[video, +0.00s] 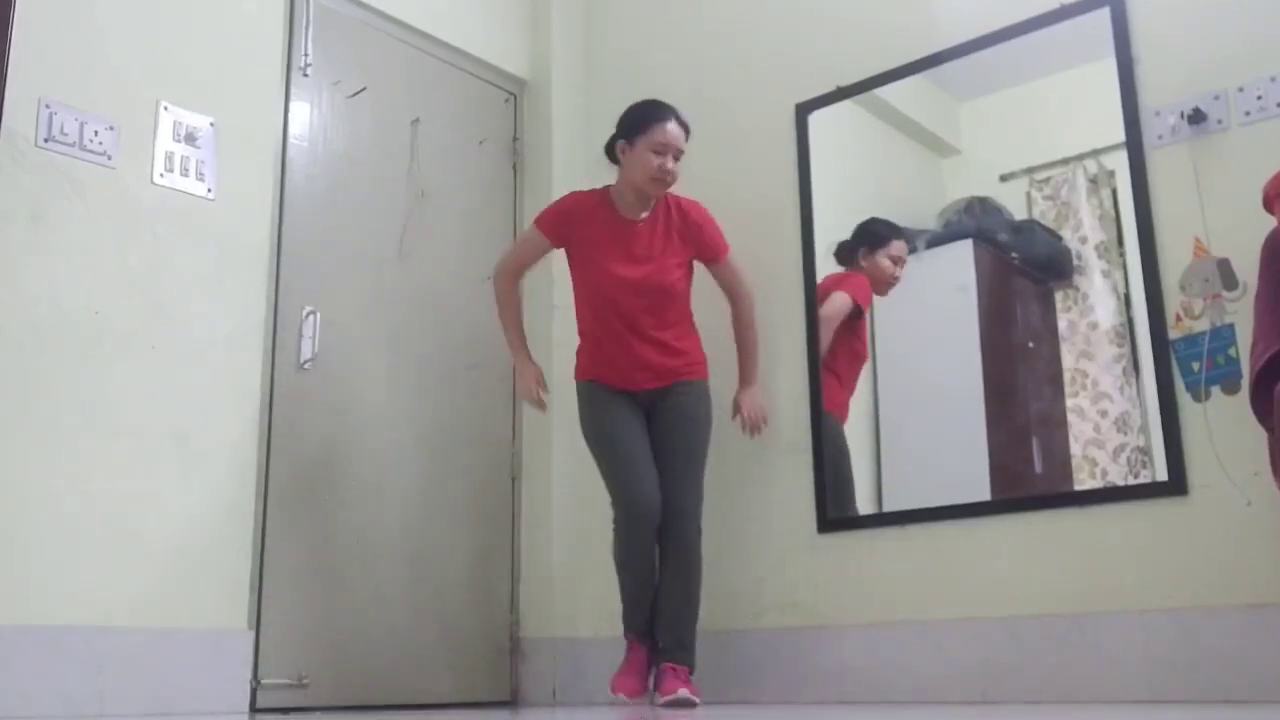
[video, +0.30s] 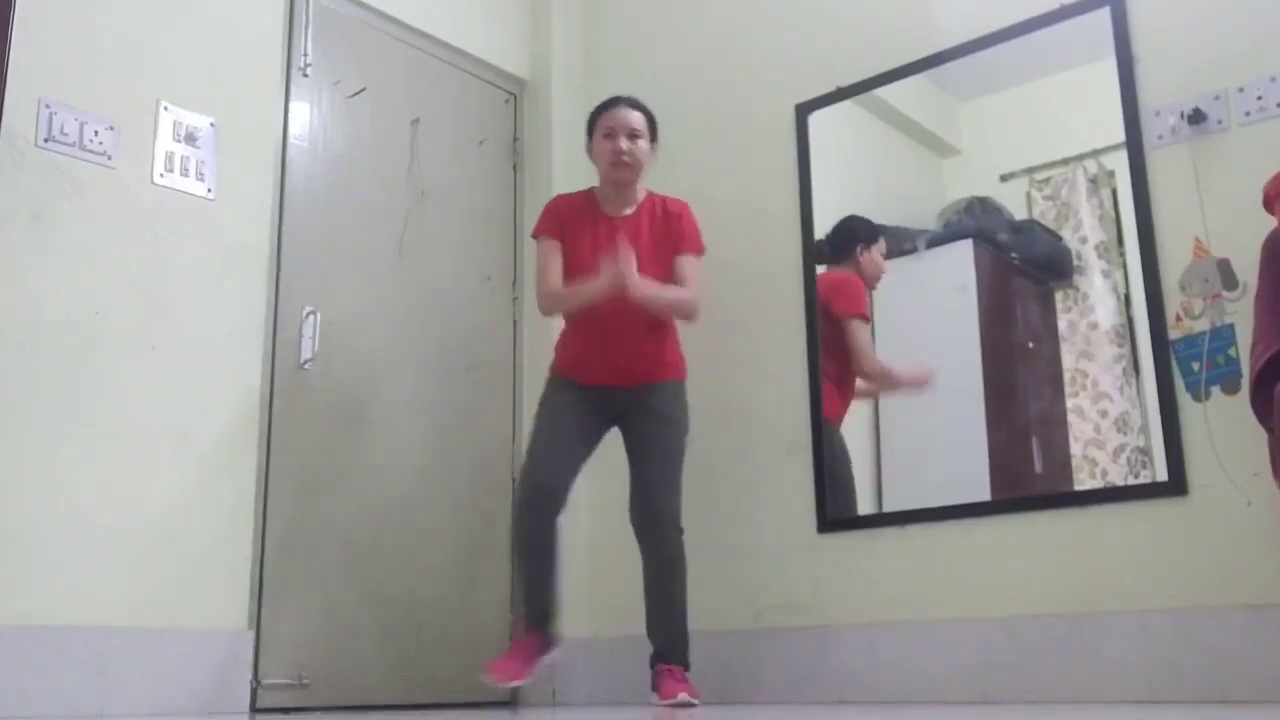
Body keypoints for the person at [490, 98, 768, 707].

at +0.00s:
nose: (670, 165)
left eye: (678, 155)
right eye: (659, 152)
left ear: (682, 160)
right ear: (622, 151)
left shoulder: (689, 218)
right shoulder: (576, 212)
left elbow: (741, 296)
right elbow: (505, 274)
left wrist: (749, 383)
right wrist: (521, 358)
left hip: (681, 381)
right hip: (605, 383)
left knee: (682, 515)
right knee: (640, 504)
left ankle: (676, 665)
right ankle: (638, 648)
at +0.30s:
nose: (623, 145)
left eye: (634, 136)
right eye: (611, 136)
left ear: (652, 149)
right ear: (591, 147)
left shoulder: (674, 216)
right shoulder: (564, 211)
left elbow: (690, 303)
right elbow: (548, 299)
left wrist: (635, 284)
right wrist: (604, 283)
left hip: (654, 387)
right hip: (578, 384)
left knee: (658, 518)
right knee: (536, 495)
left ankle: (670, 667)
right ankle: (535, 633)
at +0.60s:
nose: (545, 149)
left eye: (558, 140)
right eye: (536, 139)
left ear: (584, 153)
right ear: (522, 151)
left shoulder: (604, 222)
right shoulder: (496, 209)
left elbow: (601, 310)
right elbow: (492, 290)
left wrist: (573, 276)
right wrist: (550, 262)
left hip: (578, 392)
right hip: (500, 389)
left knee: (612, 527)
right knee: (479, 523)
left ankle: (661, 666)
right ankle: (447, 671)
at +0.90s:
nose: (479, 167)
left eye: (493, 154)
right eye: (472, 156)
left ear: (529, 157)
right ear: (468, 160)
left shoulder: (559, 232)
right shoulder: (450, 216)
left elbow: (571, 328)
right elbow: (392, 301)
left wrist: (583, 414)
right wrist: (374, 390)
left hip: (524, 382)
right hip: (448, 380)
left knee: (512, 486)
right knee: (450, 511)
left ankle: (523, 629)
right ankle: (442, 669)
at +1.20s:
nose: (480, 163)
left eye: (494, 151)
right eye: (470, 151)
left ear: (522, 160)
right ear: (460, 159)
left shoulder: (547, 230)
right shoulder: (437, 215)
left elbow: (586, 306)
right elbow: (352, 266)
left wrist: (590, 387)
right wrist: (357, 353)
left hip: (515, 387)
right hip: (439, 383)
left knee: (501, 507)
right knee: (442, 513)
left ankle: (478, 638)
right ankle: (435, 664)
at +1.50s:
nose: (526, 142)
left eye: (538, 134)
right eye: (514, 130)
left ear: (551, 150)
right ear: (489, 142)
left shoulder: (565, 213)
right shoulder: (458, 203)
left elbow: (581, 301)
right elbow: (455, 291)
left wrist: (562, 286)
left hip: (544, 377)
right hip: (470, 379)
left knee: (595, 496)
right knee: (464, 516)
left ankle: (616, 626)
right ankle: (445, 671)